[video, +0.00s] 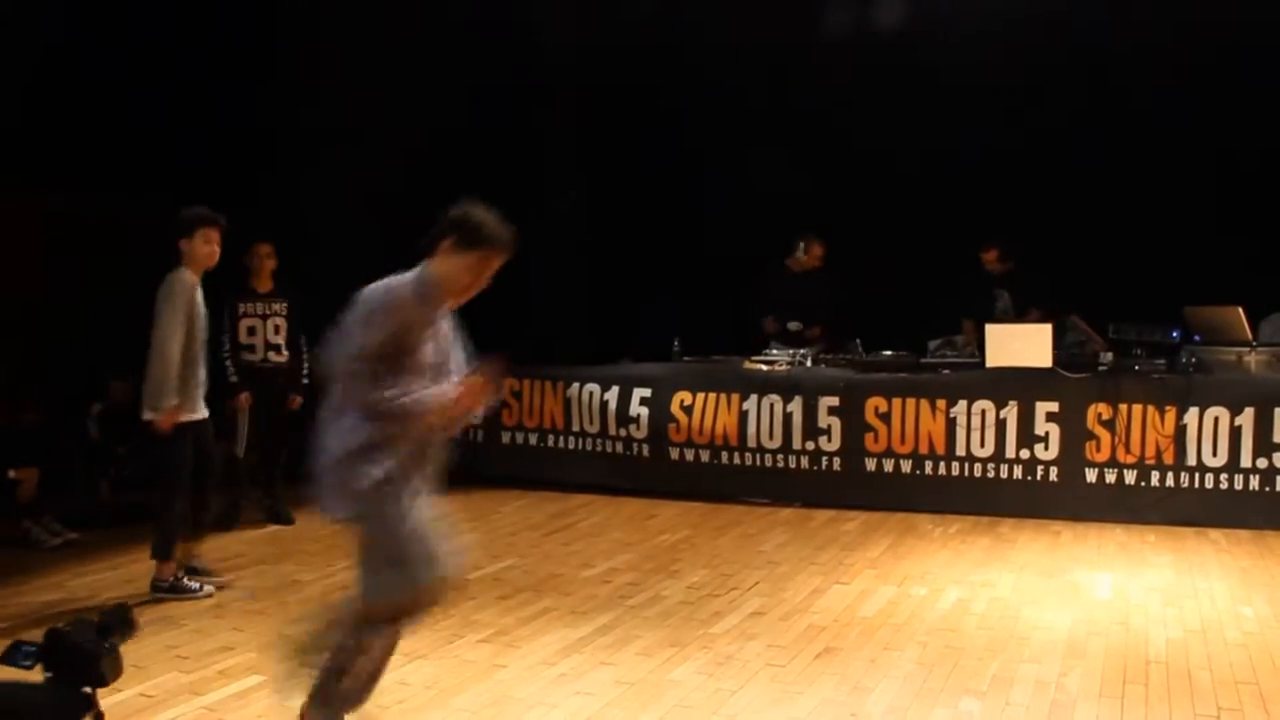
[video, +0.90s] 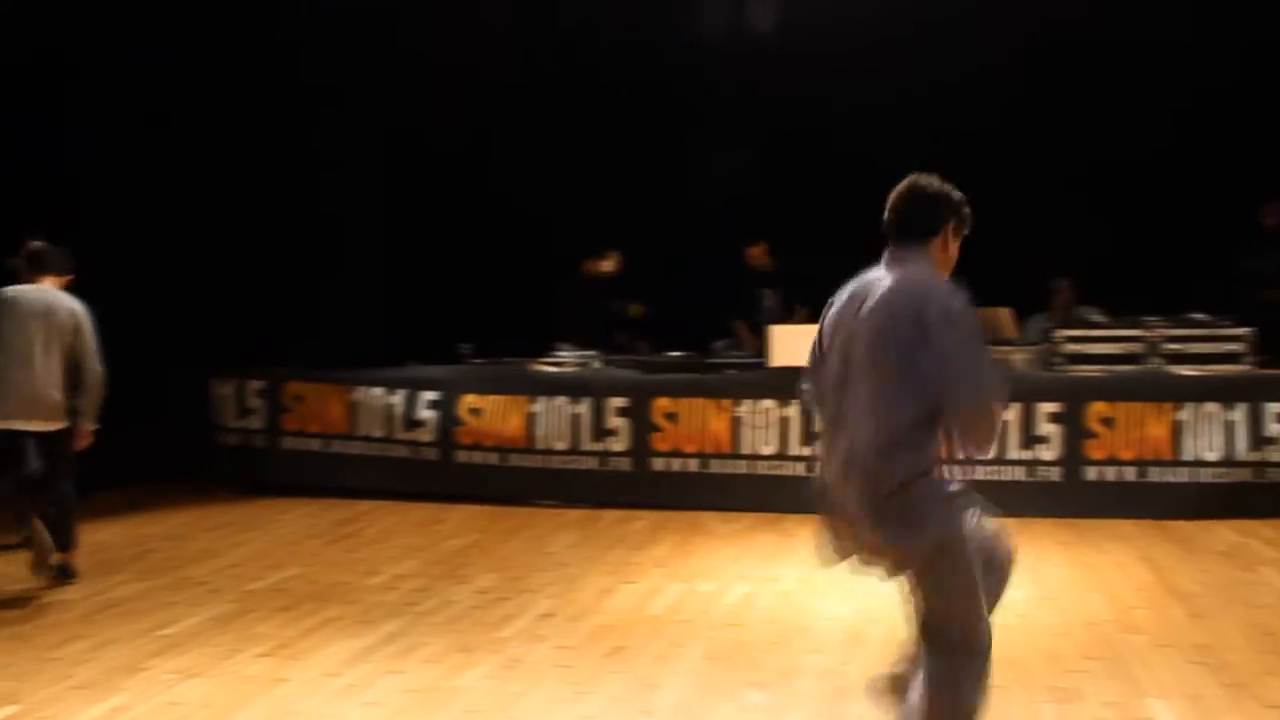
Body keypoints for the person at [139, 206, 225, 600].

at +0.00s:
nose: (214, 250)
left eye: (217, 242)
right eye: (207, 241)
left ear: (215, 246)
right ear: (186, 244)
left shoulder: (195, 287)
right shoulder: (179, 285)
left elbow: (188, 348)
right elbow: (167, 345)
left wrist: (192, 401)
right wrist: (166, 403)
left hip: (194, 413)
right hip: (176, 416)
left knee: (195, 487)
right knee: (174, 492)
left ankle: (181, 558)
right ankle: (165, 571)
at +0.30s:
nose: (212, 277)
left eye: (215, 270)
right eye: (212, 268)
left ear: (188, 261)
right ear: (199, 261)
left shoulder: (154, 295)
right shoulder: (182, 289)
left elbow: (147, 363)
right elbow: (186, 349)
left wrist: (154, 416)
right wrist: (198, 399)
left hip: (167, 412)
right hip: (186, 411)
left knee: (193, 486)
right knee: (187, 487)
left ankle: (203, 560)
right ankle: (140, 557)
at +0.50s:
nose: (179, 279)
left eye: (179, 273)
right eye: (179, 272)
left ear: (145, 265)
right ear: (169, 266)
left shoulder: (118, 299)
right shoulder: (165, 292)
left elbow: (116, 364)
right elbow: (176, 352)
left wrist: (124, 421)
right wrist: (181, 407)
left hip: (135, 412)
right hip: (164, 410)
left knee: (151, 482)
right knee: (184, 473)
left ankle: (153, 560)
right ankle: (182, 550)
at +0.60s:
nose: (156, 269)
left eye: (154, 264)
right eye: (155, 264)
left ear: (120, 261)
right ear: (148, 261)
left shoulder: (95, 294)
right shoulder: (151, 292)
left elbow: (87, 353)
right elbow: (164, 351)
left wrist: (102, 396)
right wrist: (164, 402)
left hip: (101, 417)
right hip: (141, 414)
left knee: (113, 490)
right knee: (160, 481)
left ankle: (121, 562)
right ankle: (188, 546)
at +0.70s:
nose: (120, 269)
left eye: (117, 264)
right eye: (121, 264)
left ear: (85, 263)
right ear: (118, 263)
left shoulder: (62, 297)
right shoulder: (125, 297)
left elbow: (50, 356)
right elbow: (143, 359)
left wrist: (68, 389)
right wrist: (143, 408)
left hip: (67, 421)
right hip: (114, 418)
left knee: (74, 493)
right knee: (127, 481)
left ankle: (81, 565)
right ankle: (144, 539)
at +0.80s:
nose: (93, 273)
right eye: (94, 268)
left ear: (56, 264)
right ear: (93, 267)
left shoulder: (33, 296)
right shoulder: (101, 302)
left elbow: (16, 354)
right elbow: (118, 364)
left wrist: (32, 388)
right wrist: (116, 414)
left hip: (32, 421)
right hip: (80, 422)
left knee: (46, 492)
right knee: (87, 486)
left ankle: (52, 565)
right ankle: (97, 551)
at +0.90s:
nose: (67, 281)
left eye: (65, 276)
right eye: (66, 276)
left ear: (29, 271)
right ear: (62, 275)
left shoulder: (8, 298)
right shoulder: (72, 309)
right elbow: (92, 370)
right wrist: (87, 420)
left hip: (9, 414)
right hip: (52, 415)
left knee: (19, 479)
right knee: (60, 481)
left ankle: (32, 530)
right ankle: (62, 553)